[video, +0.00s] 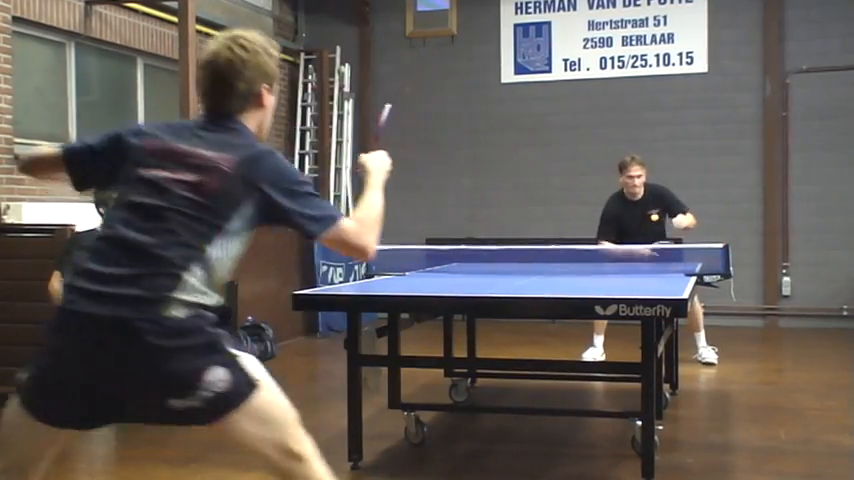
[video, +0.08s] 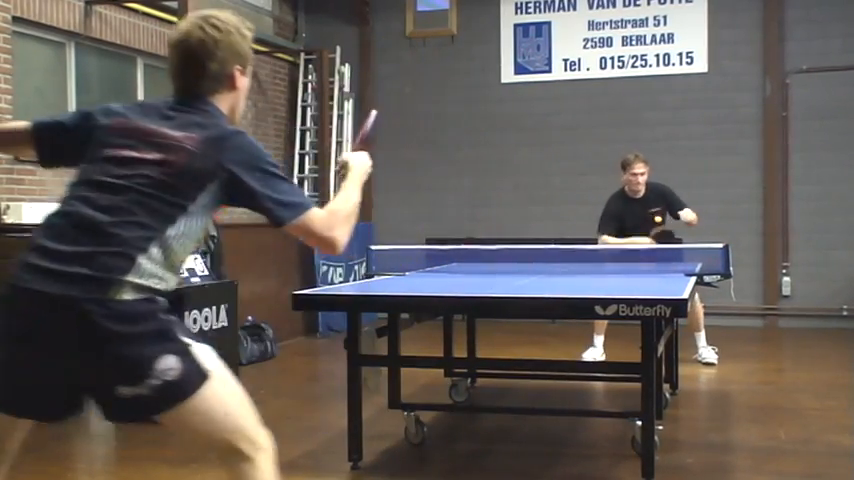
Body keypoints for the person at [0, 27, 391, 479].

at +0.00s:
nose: (276, 99)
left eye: (277, 90)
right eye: (276, 90)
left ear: (205, 91)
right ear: (264, 95)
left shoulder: (141, 139)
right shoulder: (259, 163)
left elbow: (35, 164)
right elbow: (364, 243)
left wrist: (26, 153)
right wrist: (376, 176)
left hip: (79, 340)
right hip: (172, 348)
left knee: (10, 462)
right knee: (295, 454)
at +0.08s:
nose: (247, 85)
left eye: (247, 73)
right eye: (249, 74)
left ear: (179, 72)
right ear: (237, 77)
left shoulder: (117, 118)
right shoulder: (227, 143)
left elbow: (13, 137)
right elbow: (333, 235)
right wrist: (356, 175)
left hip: (30, 302)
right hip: (116, 315)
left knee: (40, 455)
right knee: (253, 450)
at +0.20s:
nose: (211, 88)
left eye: (211, 76)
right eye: (211, 76)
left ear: (138, 75)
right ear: (197, 81)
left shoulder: (76, 122)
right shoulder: (180, 150)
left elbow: (0, 139)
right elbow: (282, 262)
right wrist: (321, 208)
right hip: (50, 331)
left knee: (82, 467)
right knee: (176, 473)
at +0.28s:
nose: (180, 118)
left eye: (183, 106)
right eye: (182, 106)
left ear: (107, 100)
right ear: (166, 111)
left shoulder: (28, 156)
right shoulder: (139, 186)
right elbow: (231, 315)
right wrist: (285, 262)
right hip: (15, 378)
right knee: (127, 472)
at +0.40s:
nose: (140, 166)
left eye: (142, 154)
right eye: (141, 154)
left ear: (61, 142)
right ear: (117, 159)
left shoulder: (11, 193)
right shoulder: (68, 238)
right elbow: (146, 379)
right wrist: (238, 326)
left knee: (101, 472)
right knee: (103, 475)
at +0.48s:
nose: (151, 165)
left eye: (153, 152)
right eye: (151, 153)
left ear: (69, 146)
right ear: (124, 161)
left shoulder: (15, 189)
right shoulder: (61, 241)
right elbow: (126, 398)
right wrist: (237, 364)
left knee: (104, 471)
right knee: (108, 475)